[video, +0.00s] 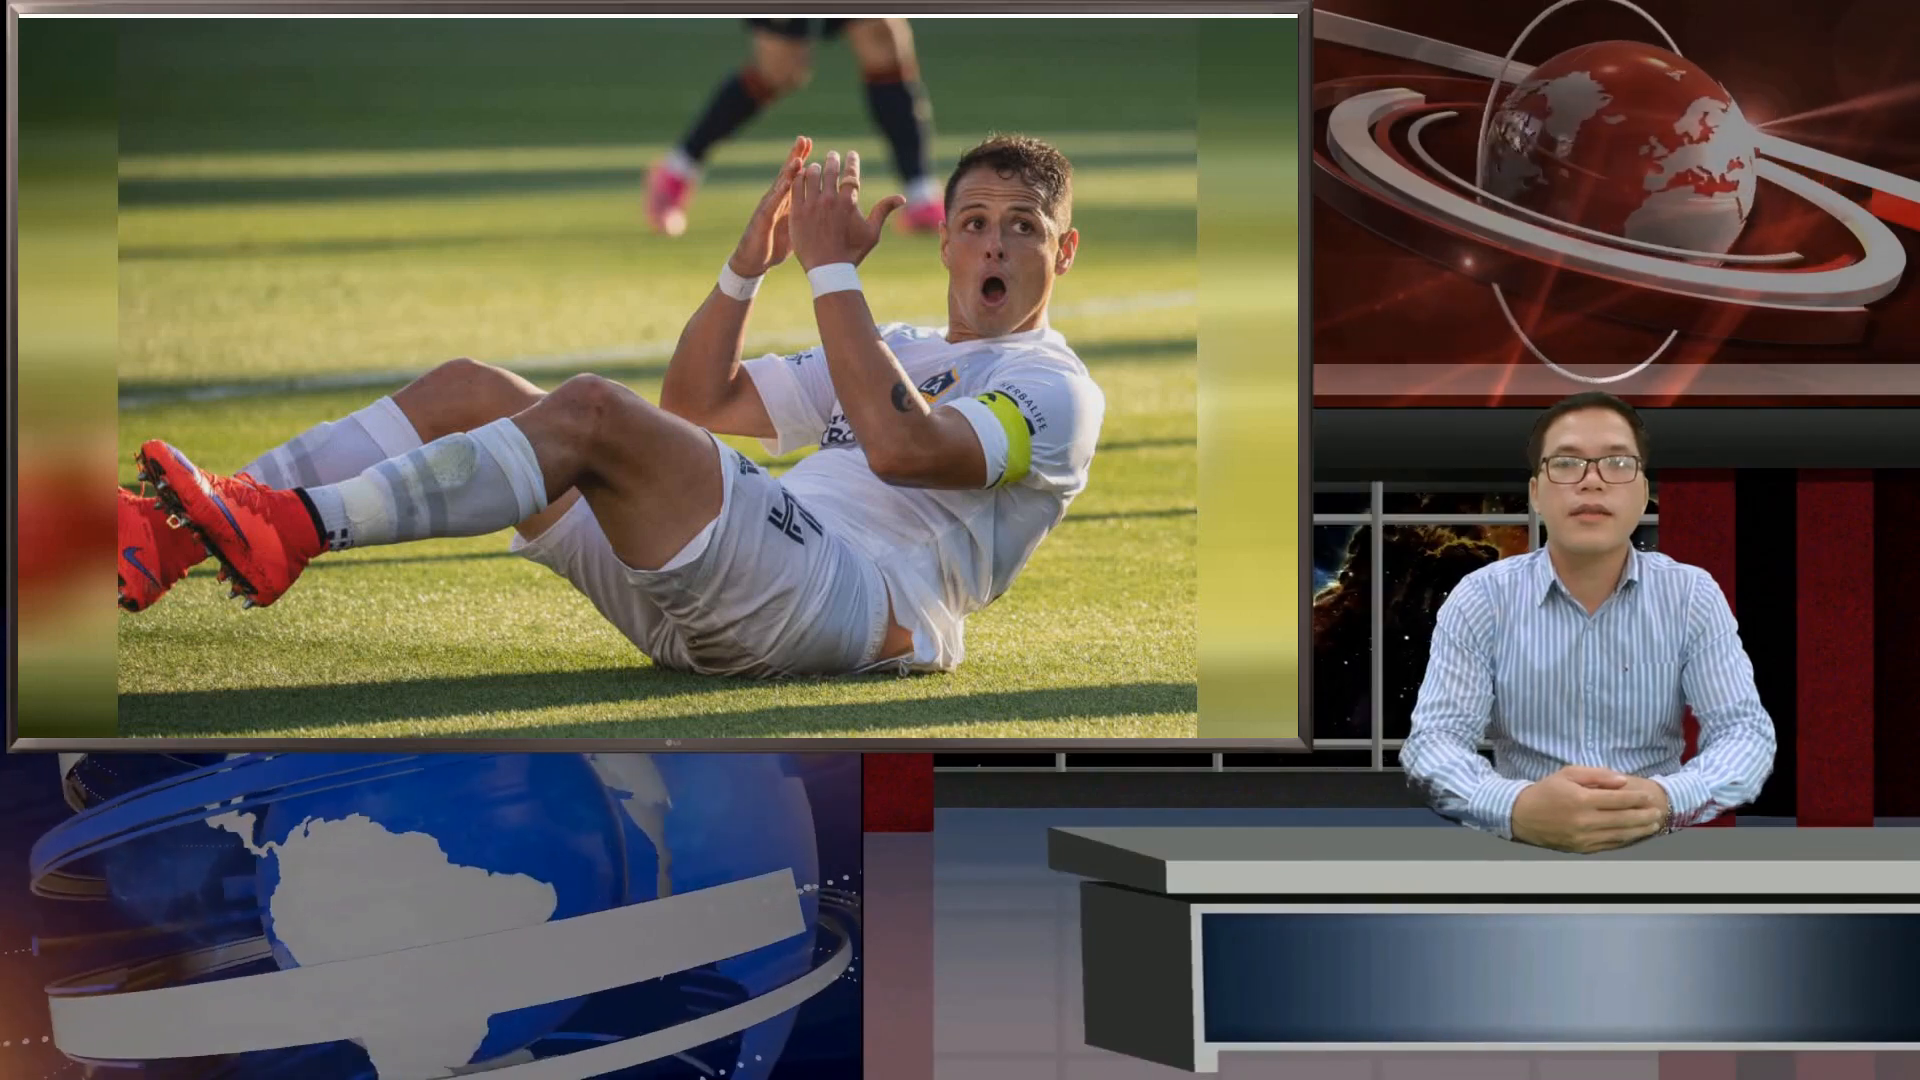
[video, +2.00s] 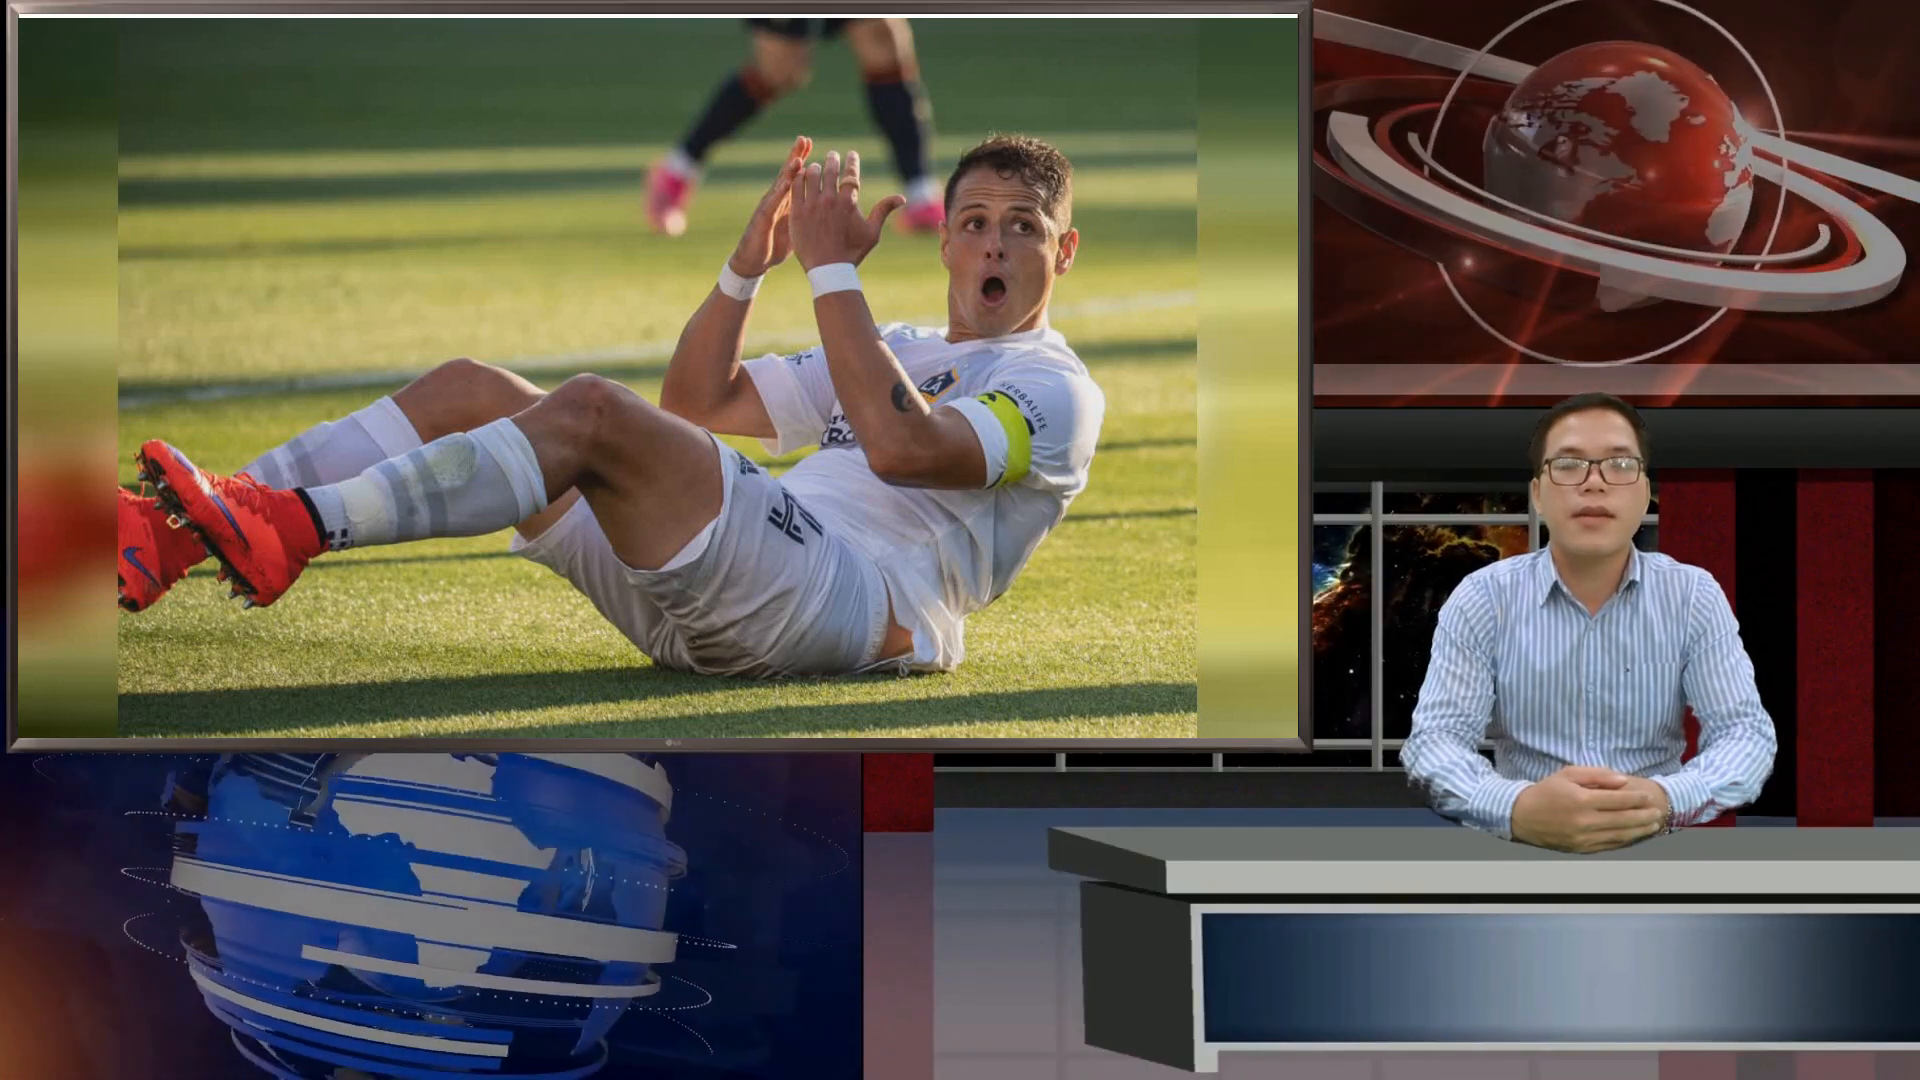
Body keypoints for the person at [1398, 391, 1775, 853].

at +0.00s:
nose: (1591, 481)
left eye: (1616, 463)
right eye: (1566, 463)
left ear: (1643, 493)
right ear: (1536, 494)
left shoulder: (1688, 598)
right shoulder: (1483, 601)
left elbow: (1744, 734)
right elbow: (1432, 745)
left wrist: (1668, 800)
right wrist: (1515, 809)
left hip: (1656, 851)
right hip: (1519, 854)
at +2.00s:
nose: (1594, 482)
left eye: (1618, 464)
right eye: (1568, 464)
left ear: (1645, 495)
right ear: (1538, 495)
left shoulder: (1690, 598)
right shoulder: (1484, 601)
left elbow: (1745, 735)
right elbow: (1432, 745)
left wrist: (1667, 800)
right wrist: (1514, 809)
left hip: (1657, 853)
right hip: (1520, 857)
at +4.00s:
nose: (1596, 483)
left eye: (1619, 464)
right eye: (1570, 464)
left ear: (1646, 494)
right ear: (1538, 496)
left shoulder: (1690, 598)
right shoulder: (1484, 601)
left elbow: (1745, 735)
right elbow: (1433, 745)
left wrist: (1667, 799)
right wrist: (1514, 809)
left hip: (1656, 853)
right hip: (1520, 857)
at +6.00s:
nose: (1597, 483)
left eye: (1620, 465)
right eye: (1571, 464)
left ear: (1647, 495)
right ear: (1539, 496)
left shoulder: (1691, 598)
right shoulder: (1484, 601)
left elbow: (1745, 735)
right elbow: (1433, 745)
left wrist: (1667, 799)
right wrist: (1514, 809)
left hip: (1657, 853)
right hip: (1520, 856)